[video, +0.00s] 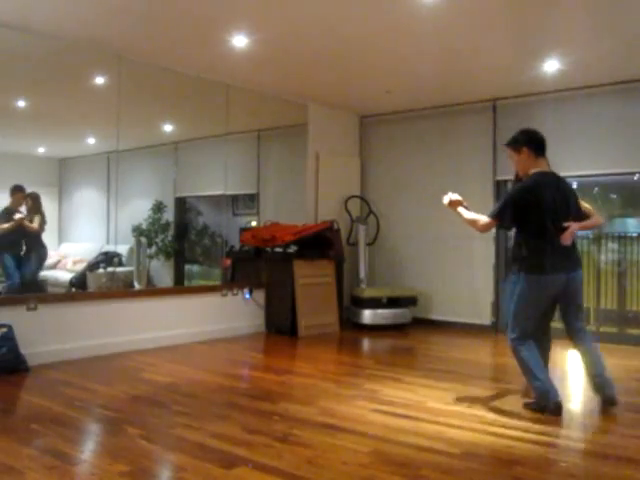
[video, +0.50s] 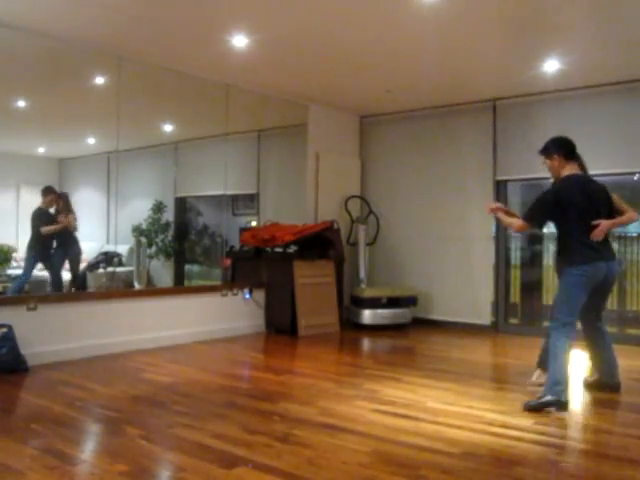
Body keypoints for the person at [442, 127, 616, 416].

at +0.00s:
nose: (513, 163)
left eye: (514, 156)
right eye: (512, 157)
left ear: (527, 153)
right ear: (540, 154)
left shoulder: (523, 190)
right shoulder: (562, 186)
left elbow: (484, 225)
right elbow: (595, 219)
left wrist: (458, 207)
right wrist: (573, 226)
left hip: (536, 274)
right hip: (569, 272)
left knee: (519, 336)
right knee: (579, 331)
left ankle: (547, 397)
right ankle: (606, 390)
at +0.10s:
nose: (519, 164)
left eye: (520, 158)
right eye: (519, 158)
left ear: (532, 155)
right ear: (546, 155)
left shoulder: (529, 189)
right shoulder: (567, 186)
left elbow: (490, 226)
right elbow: (600, 220)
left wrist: (465, 210)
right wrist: (579, 228)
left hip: (543, 275)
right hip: (576, 271)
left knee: (521, 335)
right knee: (586, 325)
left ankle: (549, 398)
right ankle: (615, 381)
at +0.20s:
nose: (526, 165)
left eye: (528, 159)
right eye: (526, 159)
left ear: (539, 157)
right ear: (551, 157)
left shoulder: (536, 190)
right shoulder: (575, 188)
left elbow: (495, 226)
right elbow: (606, 220)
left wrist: (473, 210)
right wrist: (587, 228)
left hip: (550, 275)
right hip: (582, 270)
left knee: (528, 333)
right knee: (587, 321)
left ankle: (549, 395)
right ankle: (604, 374)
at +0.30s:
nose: (534, 166)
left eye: (536, 160)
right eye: (534, 161)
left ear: (546, 158)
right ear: (559, 158)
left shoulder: (544, 191)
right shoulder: (582, 189)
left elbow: (504, 225)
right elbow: (616, 219)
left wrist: (482, 210)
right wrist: (595, 229)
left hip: (564, 273)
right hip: (591, 271)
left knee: (533, 330)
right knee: (581, 325)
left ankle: (550, 396)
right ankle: (603, 376)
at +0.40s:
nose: (542, 167)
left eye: (543, 161)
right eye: (541, 162)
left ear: (553, 160)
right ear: (568, 158)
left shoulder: (551, 191)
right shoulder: (589, 187)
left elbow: (514, 226)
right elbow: (623, 218)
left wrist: (493, 214)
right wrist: (603, 227)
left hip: (572, 270)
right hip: (599, 268)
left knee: (545, 327)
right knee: (587, 321)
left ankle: (551, 395)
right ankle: (606, 377)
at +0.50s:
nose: (547, 167)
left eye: (548, 161)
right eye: (546, 161)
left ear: (559, 159)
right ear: (572, 158)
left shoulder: (557, 192)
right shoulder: (597, 187)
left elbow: (522, 226)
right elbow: (631, 215)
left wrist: (500, 214)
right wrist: (610, 224)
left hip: (578, 268)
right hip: (606, 265)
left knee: (561, 326)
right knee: (591, 320)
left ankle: (555, 392)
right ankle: (608, 377)